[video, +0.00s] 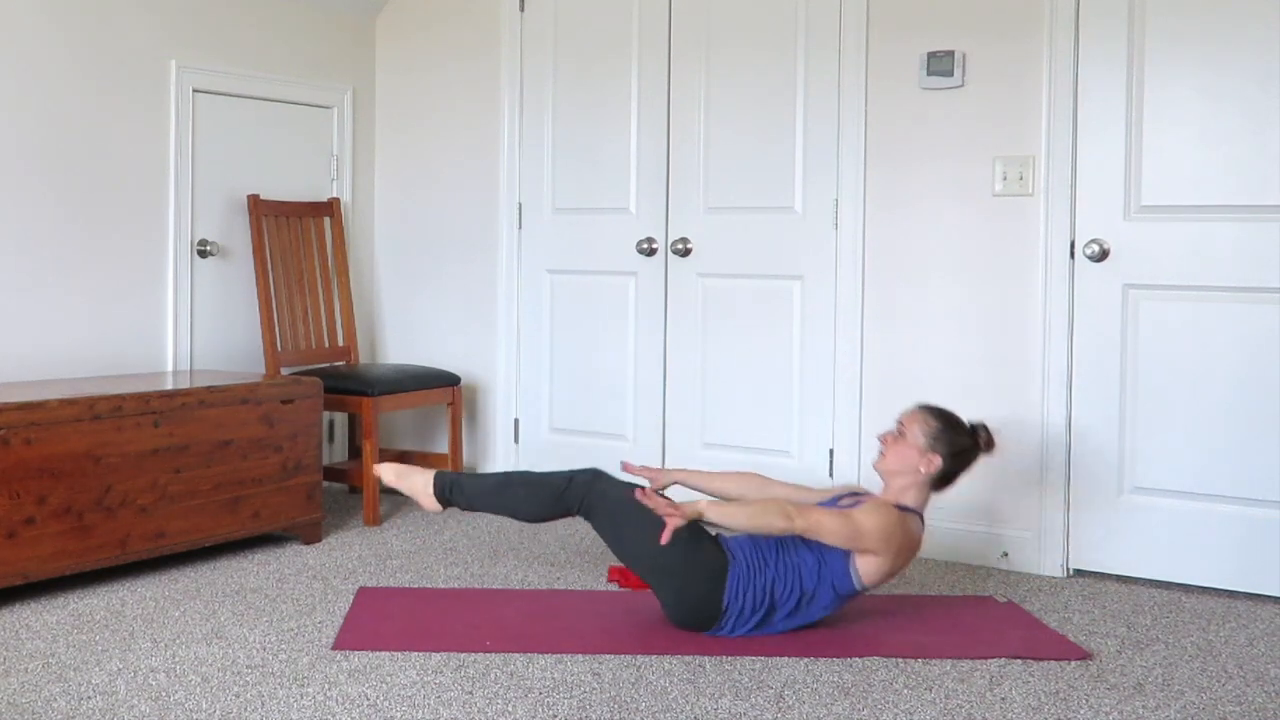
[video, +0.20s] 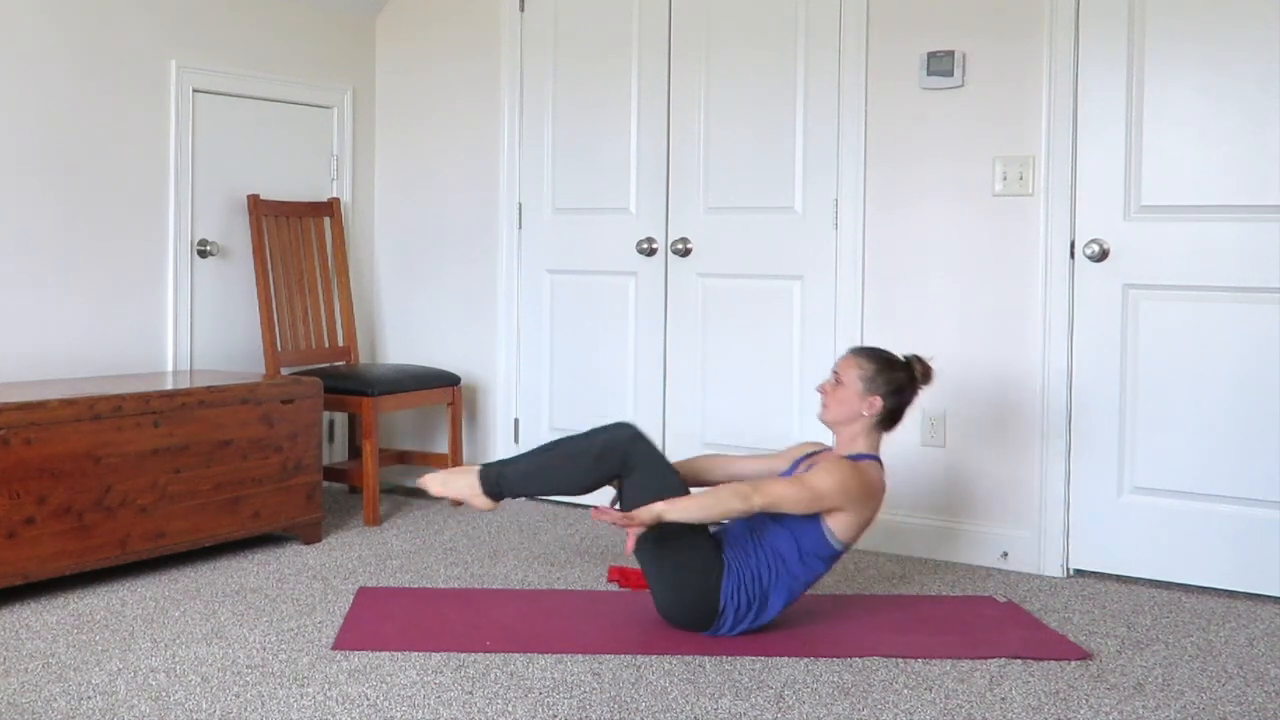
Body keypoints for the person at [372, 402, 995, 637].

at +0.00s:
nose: (883, 441)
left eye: (900, 438)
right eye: (891, 432)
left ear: (928, 466)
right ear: (910, 456)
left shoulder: (890, 524)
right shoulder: (870, 503)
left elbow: (794, 524)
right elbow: (774, 493)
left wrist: (695, 514)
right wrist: (680, 478)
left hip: (716, 587)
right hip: (719, 567)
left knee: (586, 485)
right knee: (590, 483)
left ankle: (436, 487)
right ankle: (444, 484)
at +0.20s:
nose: (824, 386)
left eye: (838, 382)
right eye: (831, 377)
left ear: (871, 407)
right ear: (860, 403)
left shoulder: (855, 477)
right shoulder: (819, 455)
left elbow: (755, 500)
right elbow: (730, 469)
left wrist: (652, 513)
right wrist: (644, 491)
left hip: (714, 596)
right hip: (707, 572)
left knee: (626, 446)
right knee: (622, 443)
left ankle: (483, 485)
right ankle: (484, 480)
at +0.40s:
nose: (798, 368)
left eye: (811, 364)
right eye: (805, 359)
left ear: (844, 389)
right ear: (839, 391)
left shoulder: (828, 463)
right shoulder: (800, 439)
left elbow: (726, 491)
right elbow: (713, 457)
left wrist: (627, 512)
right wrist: (627, 487)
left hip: (710, 600)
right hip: (706, 579)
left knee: (666, 432)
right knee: (662, 428)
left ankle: (535, 495)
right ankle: (538, 490)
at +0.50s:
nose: (818, 377)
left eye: (832, 373)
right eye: (826, 368)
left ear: (864, 399)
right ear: (856, 396)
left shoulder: (846, 473)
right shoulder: (811, 448)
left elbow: (738, 493)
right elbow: (722, 460)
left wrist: (641, 507)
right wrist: (638, 485)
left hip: (713, 599)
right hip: (711, 572)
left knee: (644, 437)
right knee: (641, 435)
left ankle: (517, 503)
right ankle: (519, 498)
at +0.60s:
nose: (847, 403)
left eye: (862, 399)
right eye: (855, 393)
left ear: (893, 426)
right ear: (879, 421)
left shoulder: (867, 496)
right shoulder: (835, 468)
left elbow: (761, 501)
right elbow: (743, 471)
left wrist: (662, 501)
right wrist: (655, 475)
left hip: (718, 596)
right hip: (713, 568)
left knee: (620, 452)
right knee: (619, 447)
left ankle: (484, 507)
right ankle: (488, 504)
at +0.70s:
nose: (878, 438)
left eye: (895, 435)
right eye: (886, 428)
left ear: (923, 464)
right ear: (902, 451)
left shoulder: (884, 526)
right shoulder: (861, 496)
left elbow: (784, 508)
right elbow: (770, 482)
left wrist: (686, 490)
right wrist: (681, 471)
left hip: (711, 593)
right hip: (716, 564)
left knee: (604, 467)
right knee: (607, 464)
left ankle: (459, 508)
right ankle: (466, 504)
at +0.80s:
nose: (905, 468)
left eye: (922, 467)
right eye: (914, 459)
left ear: (947, 499)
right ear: (925, 484)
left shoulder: (898, 553)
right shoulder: (880, 520)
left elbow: (803, 520)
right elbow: (792, 502)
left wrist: (718, 488)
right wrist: (704, 477)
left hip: (719, 589)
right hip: (724, 561)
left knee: (595, 480)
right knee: (599, 479)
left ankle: (444, 489)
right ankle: (455, 486)